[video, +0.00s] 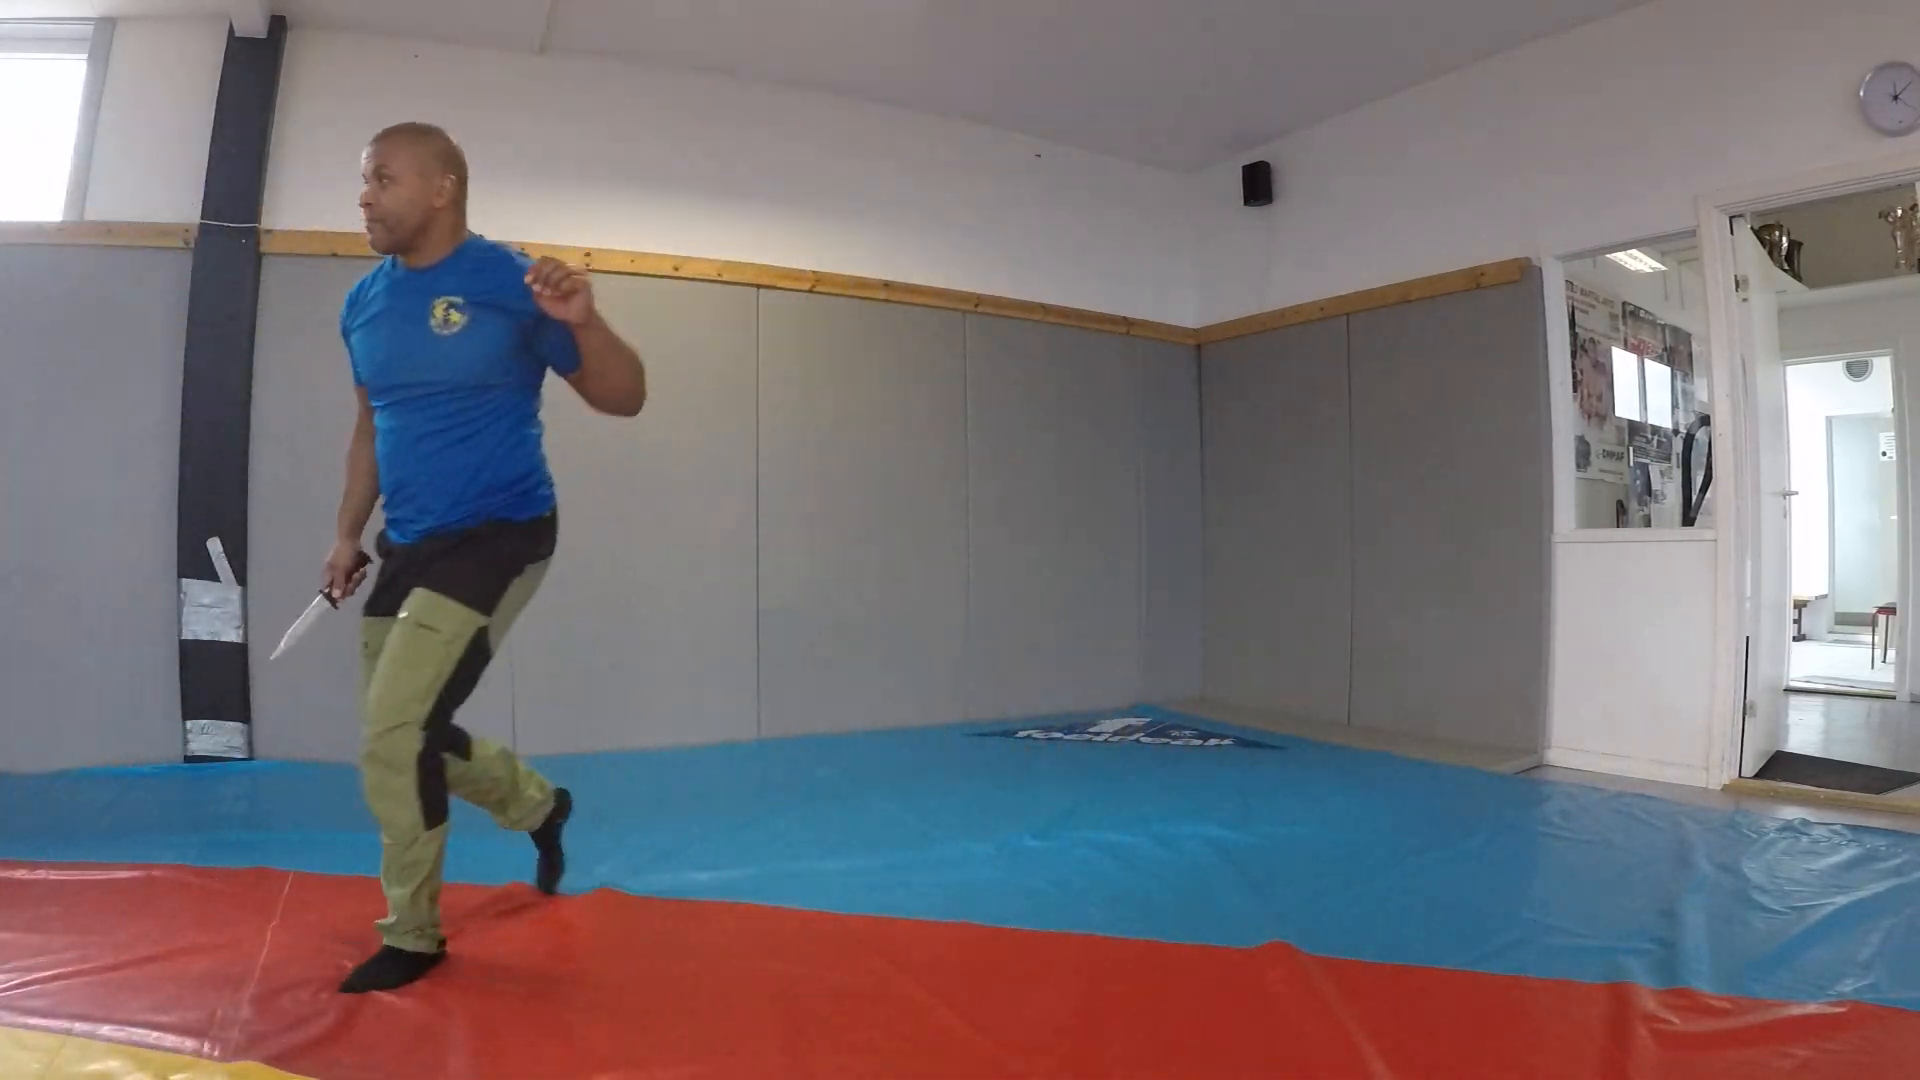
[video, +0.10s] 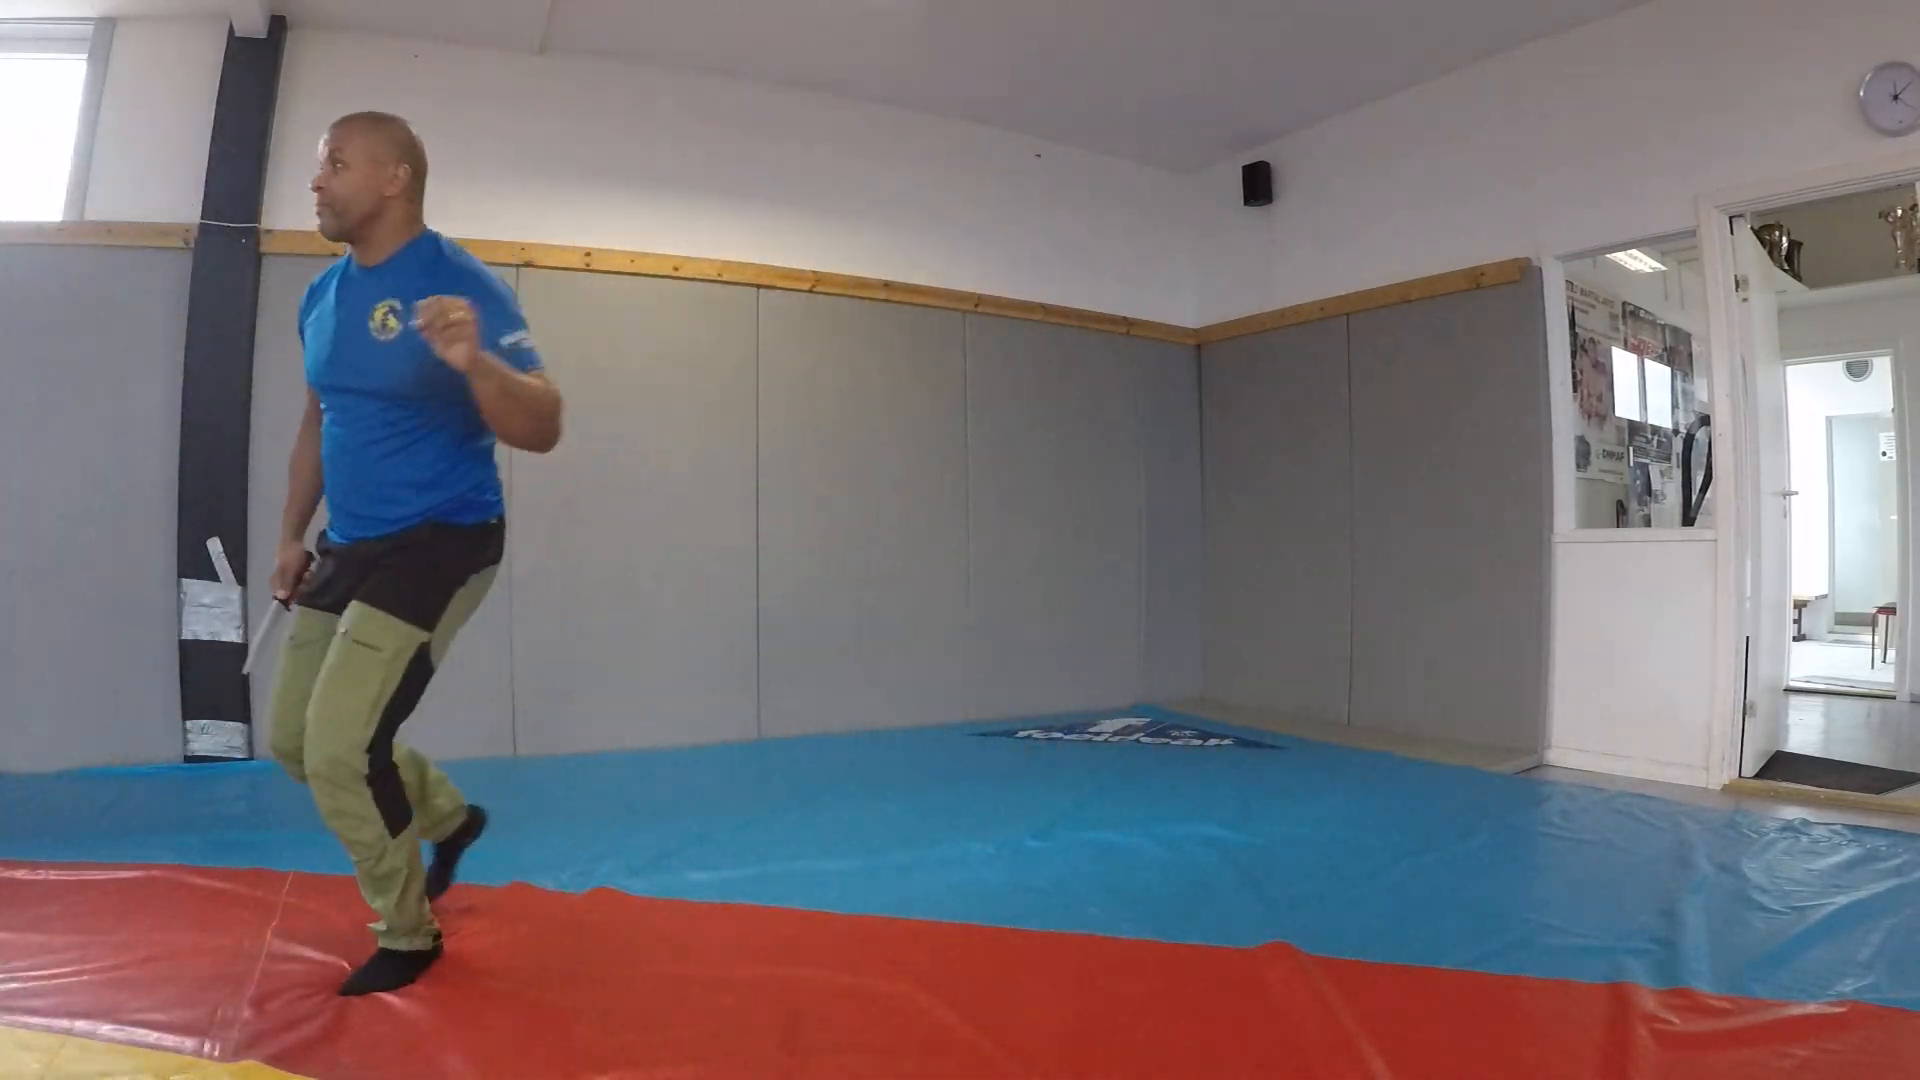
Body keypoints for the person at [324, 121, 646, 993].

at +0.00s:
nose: (364, 196)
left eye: (382, 181)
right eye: (365, 181)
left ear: (441, 191)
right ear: (406, 194)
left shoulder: (505, 282)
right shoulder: (366, 302)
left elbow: (624, 395)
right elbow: (370, 426)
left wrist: (584, 322)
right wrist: (350, 535)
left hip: (498, 531)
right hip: (410, 540)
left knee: (397, 725)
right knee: (398, 728)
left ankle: (412, 934)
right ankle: (539, 808)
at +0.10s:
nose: (317, 179)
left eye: (336, 164)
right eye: (320, 163)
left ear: (396, 182)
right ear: (365, 185)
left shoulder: (460, 283)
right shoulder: (324, 295)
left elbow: (541, 428)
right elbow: (319, 425)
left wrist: (474, 362)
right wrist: (294, 537)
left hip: (441, 537)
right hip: (350, 541)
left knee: (340, 743)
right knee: (294, 737)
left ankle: (407, 933)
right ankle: (447, 817)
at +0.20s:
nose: (279, 145)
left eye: (299, 129)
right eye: (283, 131)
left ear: (358, 145)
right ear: (332, 148)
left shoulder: (409, 254)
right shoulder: (288, 266)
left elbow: (445, 411)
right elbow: (278, 400)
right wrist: (246, 504)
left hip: (385, 527)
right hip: (295, 523)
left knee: (307, 746)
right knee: (219, 724)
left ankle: (404, 926)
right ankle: (324, 871)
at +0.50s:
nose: (154, 110)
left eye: (175, 94)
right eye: (161, 94)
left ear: (230, 117)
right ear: (219, 118)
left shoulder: (249, 221)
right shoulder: (189, 229)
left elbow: (240, 390)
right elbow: (201, 383)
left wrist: (90, 359)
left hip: (205, 543)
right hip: (125, 537)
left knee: (179, 796)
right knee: (54, 771)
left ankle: (365, 897)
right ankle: (100, 981)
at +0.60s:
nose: (132, 96)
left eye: (155, 82)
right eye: (140, 82)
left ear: (209, 105)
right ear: (191, 107)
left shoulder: (220, 191)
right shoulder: (163, 215)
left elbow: (225, 346)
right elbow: (137, 388)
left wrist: (70, 328)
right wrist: (56, 496)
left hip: (181, 518)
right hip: (106, 522)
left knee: (122, 771)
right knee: (44, 766)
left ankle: (329, 896)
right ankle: (98, 982)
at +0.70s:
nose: (131, 80)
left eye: (152, 66)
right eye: (138, 66)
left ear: (207, 87)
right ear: (197, 88)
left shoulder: (217, 162)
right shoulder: (161, 187)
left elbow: (231, 297)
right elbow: (138, 355)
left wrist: (75, 263)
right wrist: (43, 422)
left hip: (173, 490)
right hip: (115, 491)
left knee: (104, 749)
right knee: (60, 752)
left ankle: (307, 920)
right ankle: (98, 974)